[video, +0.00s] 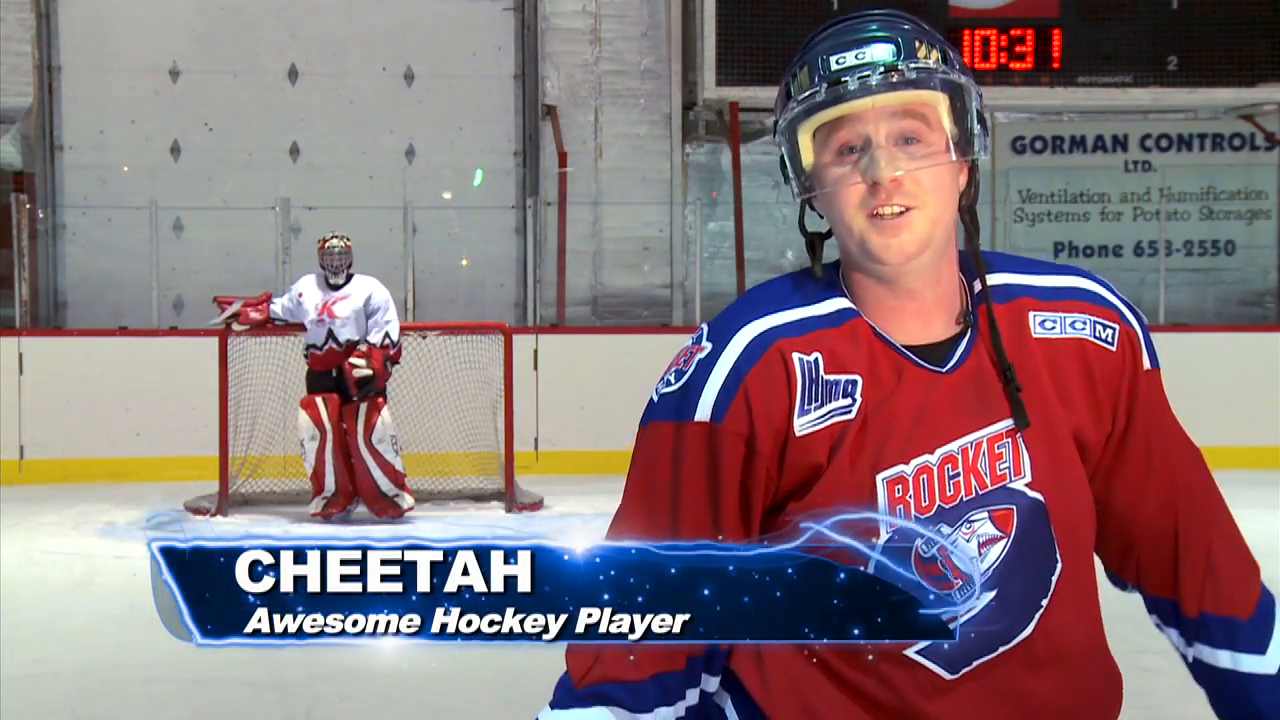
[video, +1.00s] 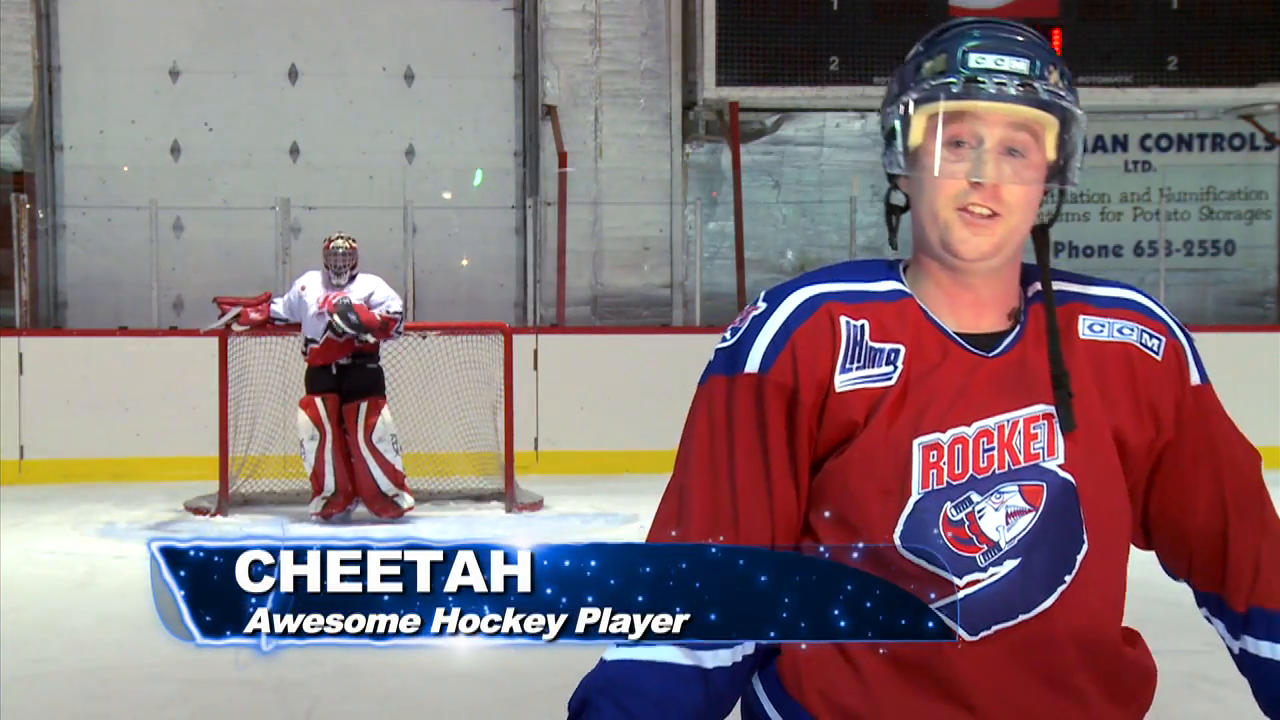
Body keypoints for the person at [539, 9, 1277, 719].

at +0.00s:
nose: (884, 174)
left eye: (911, 140)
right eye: (849, 151)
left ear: (961, 163)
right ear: (810, 186)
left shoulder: (1084, 327)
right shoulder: (740, 368)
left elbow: (1208, 578)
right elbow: (633, 652)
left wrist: (1264, 701)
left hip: (1062, 707)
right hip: (819, 713)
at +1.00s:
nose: (987, 174)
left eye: (1018, 148)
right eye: (957, 140)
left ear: (1050, 178)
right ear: (905, 156)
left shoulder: (1135, 342)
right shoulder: (798, 337)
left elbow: (1258, 583)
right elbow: (696, 602)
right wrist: (633, 715)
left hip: (1082, 704)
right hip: (848, 708)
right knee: (617, 689)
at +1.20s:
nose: (1012, 186)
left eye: (1042, 160)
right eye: (985, 153)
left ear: (1076, 182)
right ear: (935, 166)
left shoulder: (1155, 355)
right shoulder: (820, 336)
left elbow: (1255, 612)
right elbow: (716, 591)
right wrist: (625, 709)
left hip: (1094, 706)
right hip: (860, 706)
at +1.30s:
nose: (1023, 183)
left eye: (1054, 158)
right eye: (997, 151)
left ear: (1089, 184)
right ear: (946, 168)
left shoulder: (1165, 356)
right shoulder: (831, 333)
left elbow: (1258, 617)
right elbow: (723, 580)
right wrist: (621, 708)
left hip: (1099, 706)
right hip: (865, 707)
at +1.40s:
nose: (1033, 184)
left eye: (1064, 159)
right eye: (1006, 150)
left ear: (1095, 188)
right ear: (954, 166)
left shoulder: (1167, 356)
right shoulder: (841, 332)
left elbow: (1264, 607)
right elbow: (727, 578)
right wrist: (623, 709)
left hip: (1101, 708)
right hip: (867, 707)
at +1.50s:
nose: (1037, 187)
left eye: (1068, 161)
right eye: (1010, 152)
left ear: (1098, 188)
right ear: (959, 164)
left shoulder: (1169, 352)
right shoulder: (844, 328)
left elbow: (1263, 596)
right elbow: (732, 576)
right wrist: (620, 709)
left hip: (1103, 708)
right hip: (869, 707)